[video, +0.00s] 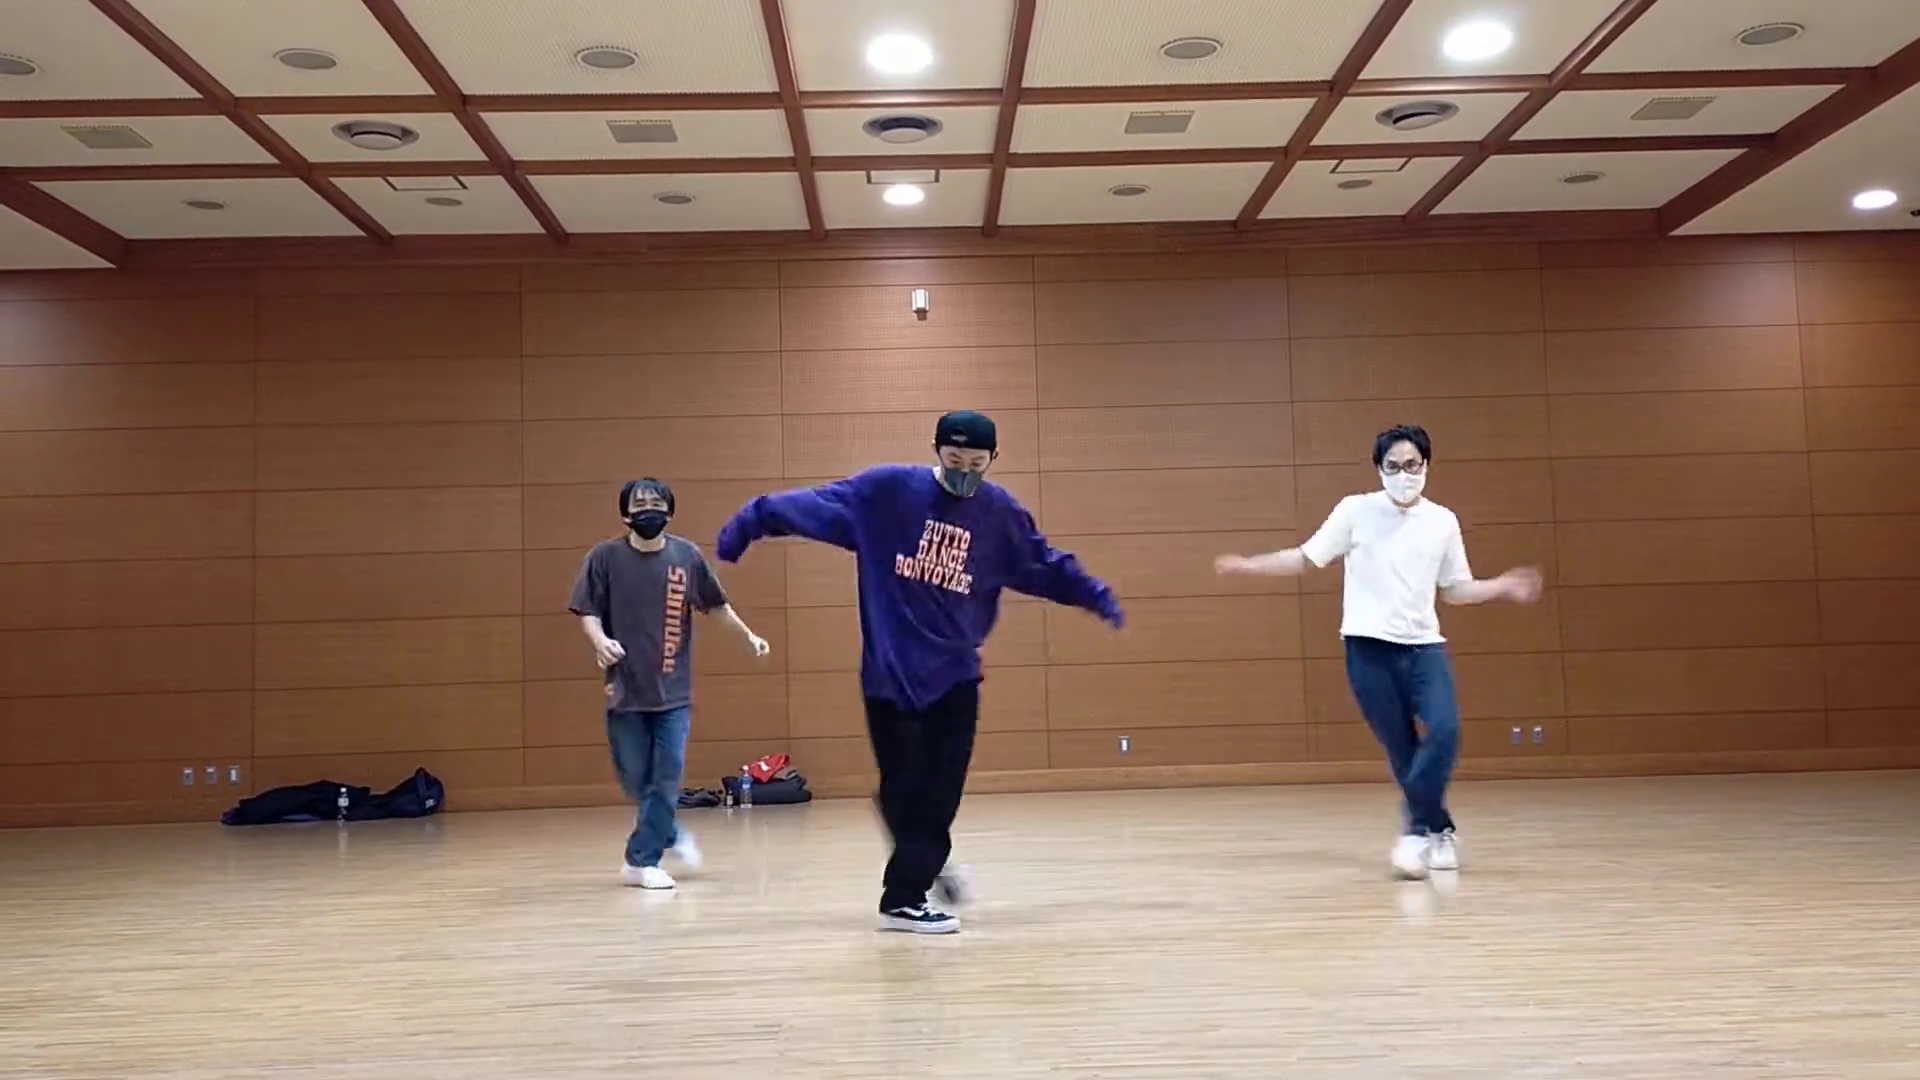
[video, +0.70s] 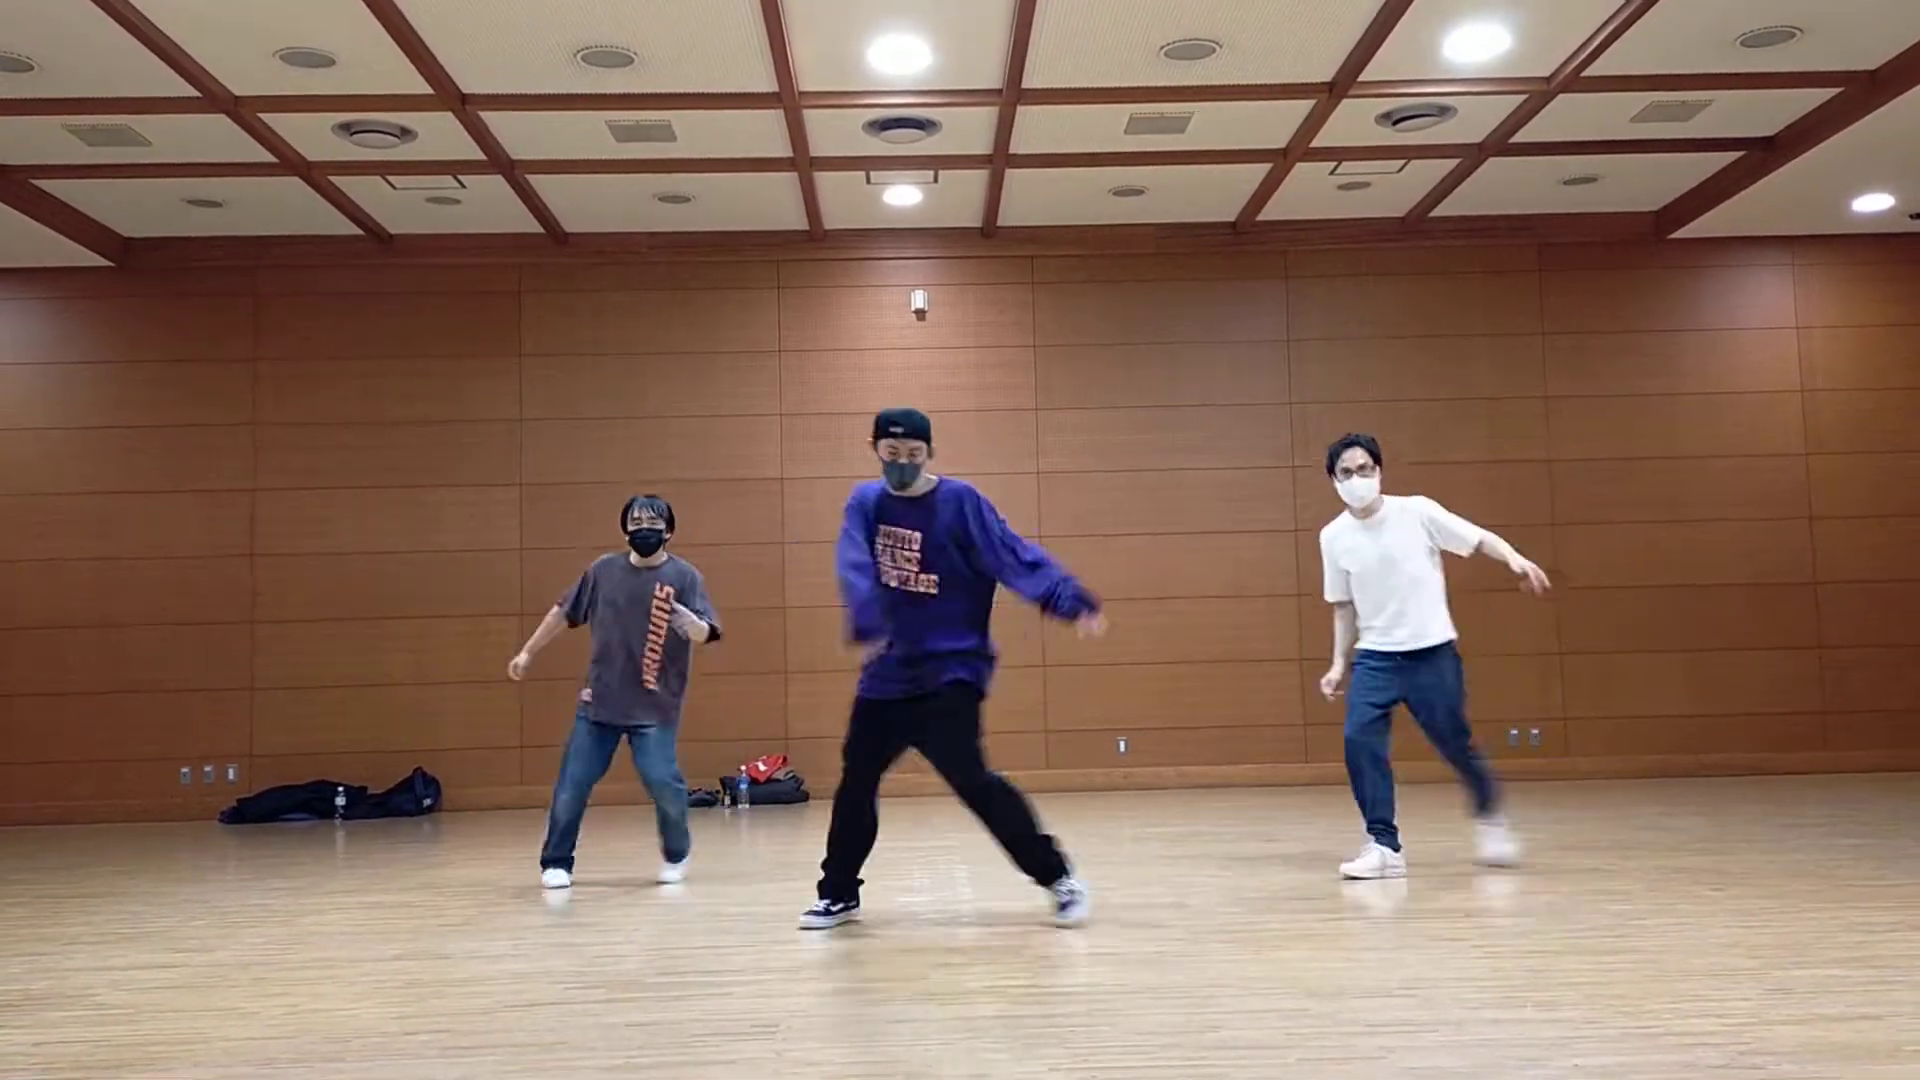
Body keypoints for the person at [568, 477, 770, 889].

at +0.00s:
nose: (649, 515)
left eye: (656, 508)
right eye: (641, 509)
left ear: (668, 512)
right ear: (627, 515)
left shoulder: (687, 555)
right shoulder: (604, 557)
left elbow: (715, 604)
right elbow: (586, 611)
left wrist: (748, 635)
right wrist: (600, 640)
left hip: (672, 691)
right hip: (625, 690)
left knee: (668, 776)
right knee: (633, 778)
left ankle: (641, 860)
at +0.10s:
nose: (659, 523)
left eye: (667, 516)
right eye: (651, 517)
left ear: (681, 523)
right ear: (639, 526)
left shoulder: (700, 569)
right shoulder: (620, 569)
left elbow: (725, 621)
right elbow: (603, 619)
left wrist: (746, 655)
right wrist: (612, 647)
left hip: (692, 691)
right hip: (646, 696)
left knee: (691, 764)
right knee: (681, 780)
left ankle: (689, 854)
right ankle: (733, 847)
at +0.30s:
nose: (677, 522)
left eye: (685, 516)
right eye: (669, 517)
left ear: (700, 526)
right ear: (657, 527)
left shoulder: (717, 573)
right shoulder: (636, 572)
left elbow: (730, 634)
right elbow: (620, 631)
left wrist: (715, 677)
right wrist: (618, 683)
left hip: (706, 699)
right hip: (659, 701)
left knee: (718, 774)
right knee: (657, 783)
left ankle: (749, 858)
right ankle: (713, 838)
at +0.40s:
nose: (676, 516)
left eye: (684, 510)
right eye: (668, 510)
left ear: (697, 519)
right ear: (656, 520)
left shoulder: (715, 565)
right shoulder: (633, 564)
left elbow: (727, 623)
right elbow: (611, 616)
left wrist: (711, 656)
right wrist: (601, 667)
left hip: (702, 693)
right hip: (650, 692)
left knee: (725, 772)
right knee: (629, 772)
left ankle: (750, 859)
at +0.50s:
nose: (669, 519)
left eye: (676, 512)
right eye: (660, 513)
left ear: (689, 518)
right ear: (648, 520)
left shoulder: (708, 564)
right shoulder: (624, 562)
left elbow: (726, 616)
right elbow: (596, 606)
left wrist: (717, 646)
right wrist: (578, 648)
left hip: (691, 693)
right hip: (636, 690)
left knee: (716, 773)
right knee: (601, 774)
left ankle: (744, 857)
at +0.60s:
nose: (655, 524)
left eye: (663, 517)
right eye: (647, 518)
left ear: (678, 524)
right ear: (635, 526)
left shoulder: (696, 570)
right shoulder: (612, 564)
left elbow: (719, 619)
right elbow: (578, 605)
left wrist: (715, 640)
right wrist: (550, 647)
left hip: (667, 696)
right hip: (613, 692)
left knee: (690, 769)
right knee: (579, 778)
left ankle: (722, 854)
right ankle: (557, 861)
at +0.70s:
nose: (643, 532)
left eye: (652, 525)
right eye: (637, 525)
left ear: (667, 531)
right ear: (626, 530)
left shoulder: (683, 576)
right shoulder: (603, 571)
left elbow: (703, 632)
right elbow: (563, 612)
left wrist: (689, 621)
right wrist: (527, 652)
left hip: (654, 704)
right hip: (601, 700)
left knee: (662, 781)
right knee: (572, 785)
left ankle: (676, 854)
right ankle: (557, 864)